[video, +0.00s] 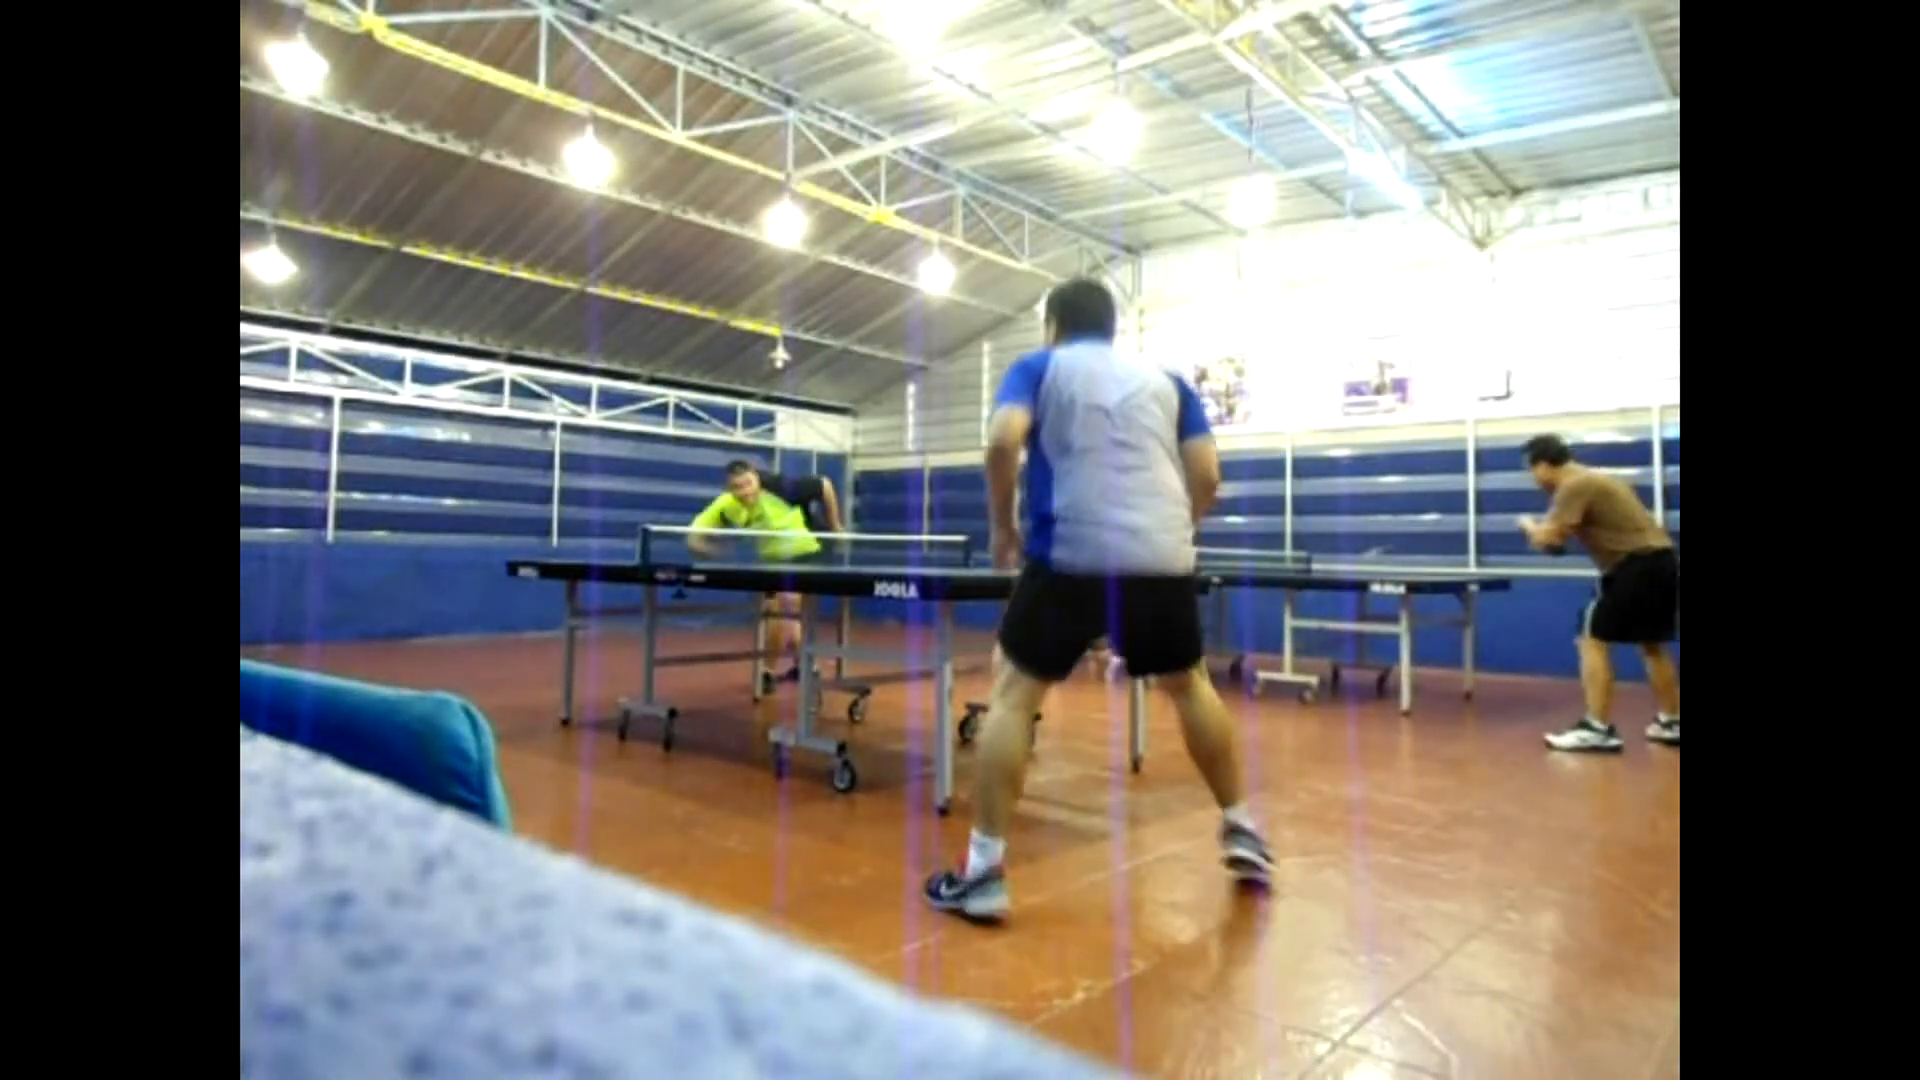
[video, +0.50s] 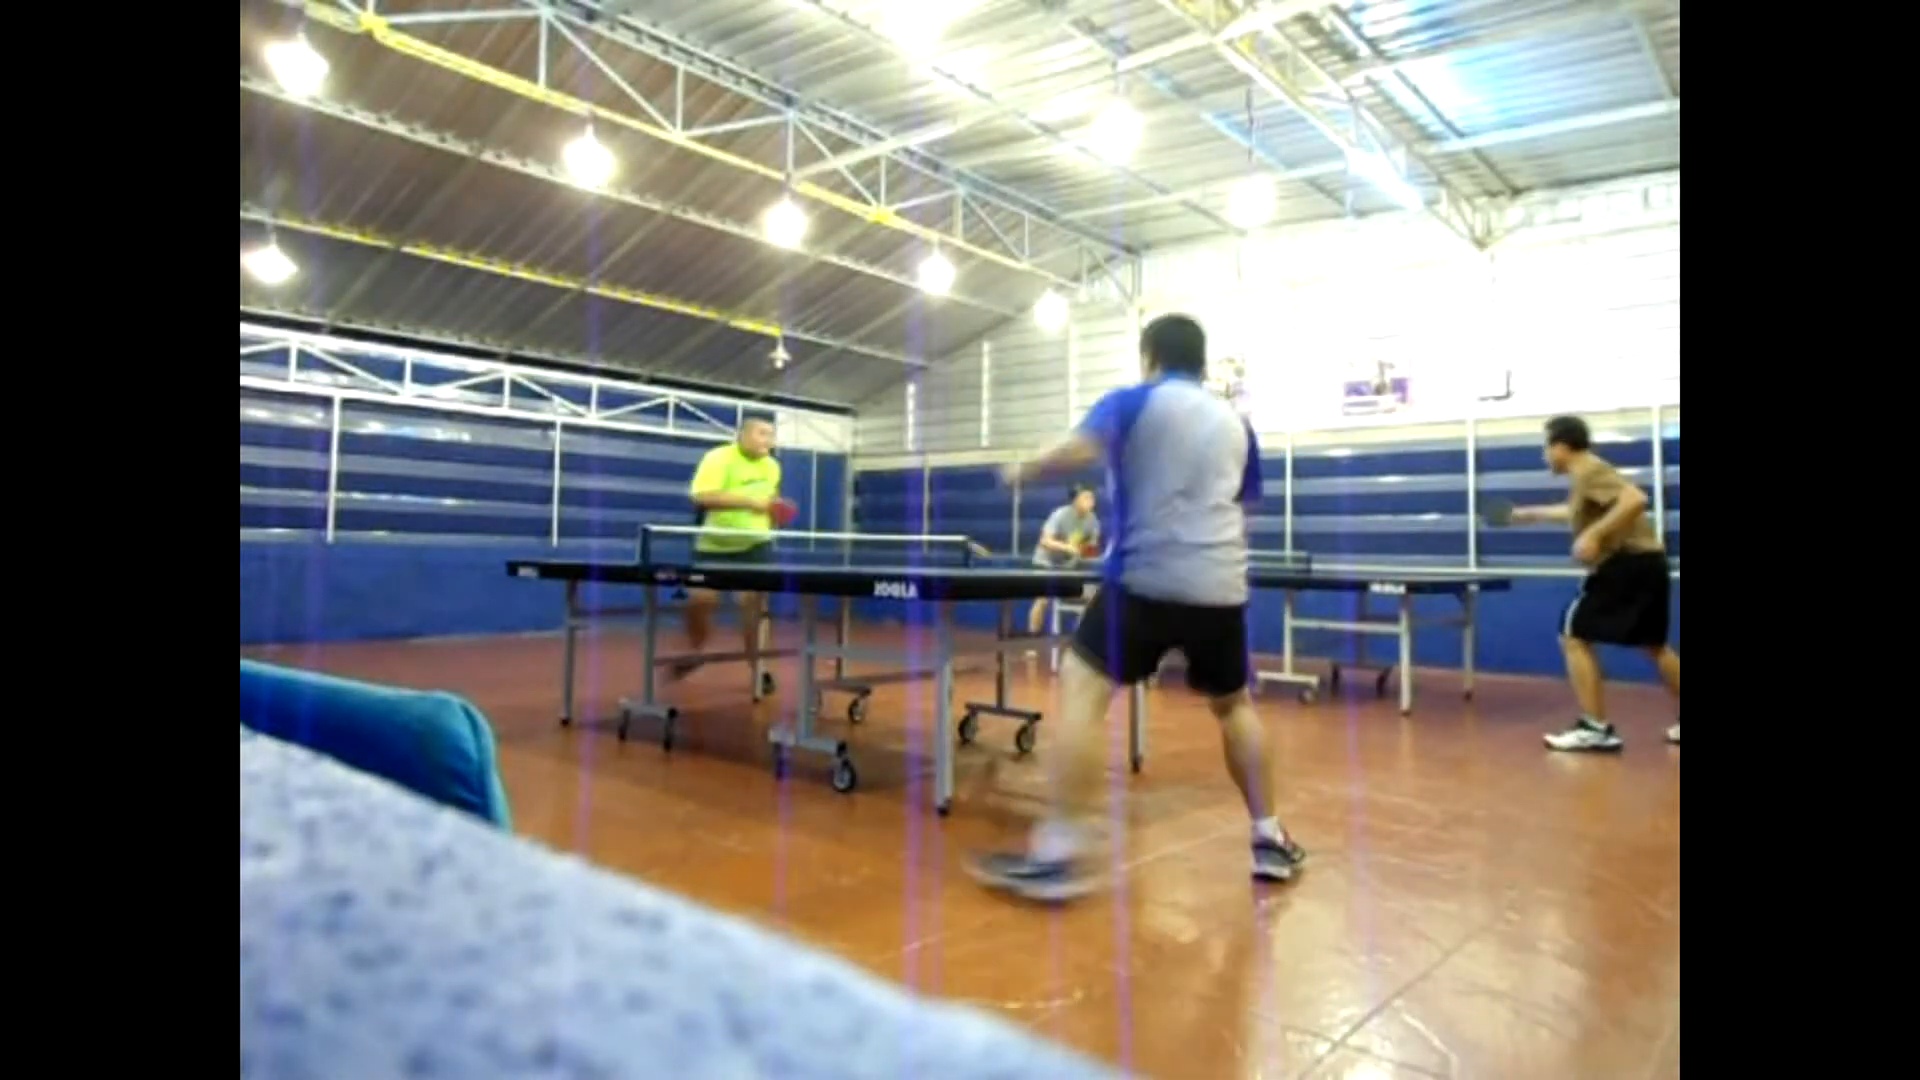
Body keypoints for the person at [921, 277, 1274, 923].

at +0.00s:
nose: (1044, 336)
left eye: (1045, 327)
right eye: (1048, 328)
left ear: (1053, 327)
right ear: (1114, 329)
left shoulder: (1037, 369)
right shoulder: (1169, 384)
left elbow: (1004, 439)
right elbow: (1207, 481)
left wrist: (1003, 528)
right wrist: (1167, 532)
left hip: (1070, 564)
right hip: (1164, 566)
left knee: (1014, 701)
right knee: (1190, 686)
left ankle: (982, 868)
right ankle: (1238, 822)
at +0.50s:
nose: (1140, 365)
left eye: (1143, 357)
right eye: (1144, 357)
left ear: (1152, 358)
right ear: (1202, 361)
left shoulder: (1132, 404)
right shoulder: (1235, 425)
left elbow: (1079, 454)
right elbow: (1246, 501)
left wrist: (1022, 472)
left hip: (1144, 590)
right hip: (1219, 597)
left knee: (1081, 698)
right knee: (1235, 707)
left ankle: (1055, 849)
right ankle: (1268, 837)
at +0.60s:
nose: (1143, 357)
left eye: (1146, 349)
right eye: (1146, 350)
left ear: (1157, 348)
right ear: (1202, 351)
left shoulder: (1158, 378)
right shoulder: (1231, 407)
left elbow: (1108, 410)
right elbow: (1222, 481)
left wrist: (1014, 422)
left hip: (1171, 563)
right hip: (1236, 567)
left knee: (1104, 670)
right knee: (1221, 679)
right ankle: (1267, 790)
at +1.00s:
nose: (1151, 451)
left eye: (1153, 444)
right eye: (1151, 446)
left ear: (1166, 438)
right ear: (1198, 435)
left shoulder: (1190, 446)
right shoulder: (1207, 473)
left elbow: (1187, 474)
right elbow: (1166, 529)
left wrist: (1128, 488)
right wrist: (1109, 522)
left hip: (1238, 591)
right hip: (1271, 594)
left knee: (1167, 695)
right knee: (1215, 679)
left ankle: (1221, 811)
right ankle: (1206, 772)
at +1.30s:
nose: (1183, 428)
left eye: (1187, 417)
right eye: (1185, 417)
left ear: (1204, 416)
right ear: (1233, 414)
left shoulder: (1228, 443)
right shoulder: (1262, 456)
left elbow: (1215, 482)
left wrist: (1133, 519)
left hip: (1257, 601)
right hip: (1286, 604)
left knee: (1206, 710)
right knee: (1219, 678)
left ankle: (1296, 833)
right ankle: (1220, 766)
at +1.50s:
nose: (1216, 386)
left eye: (1220, 376)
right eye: (1217, 376)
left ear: (1240, 371)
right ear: (1269, 372)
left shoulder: (1254, 399)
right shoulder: (1297, 415)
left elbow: (1248, 448)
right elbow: (1320, 493)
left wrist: (1163, 509)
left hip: (1290, 567)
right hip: (1333, 570)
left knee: (1220, 680)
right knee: (1292, 675)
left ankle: (1296, 827)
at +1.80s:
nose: (1235, 451)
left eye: (1237, 437)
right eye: (1233, 440)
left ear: (1259, 428)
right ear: (1275, 426)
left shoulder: (1299, 449)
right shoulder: (1307, 472)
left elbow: (1204, 494)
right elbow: (1324, 568)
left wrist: (1161, 523)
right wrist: (1272, 607)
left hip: (1405, 616)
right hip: (1397, 616)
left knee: (1293, 698)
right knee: (1328, 701)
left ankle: (1327, 871)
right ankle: (1385, 808)